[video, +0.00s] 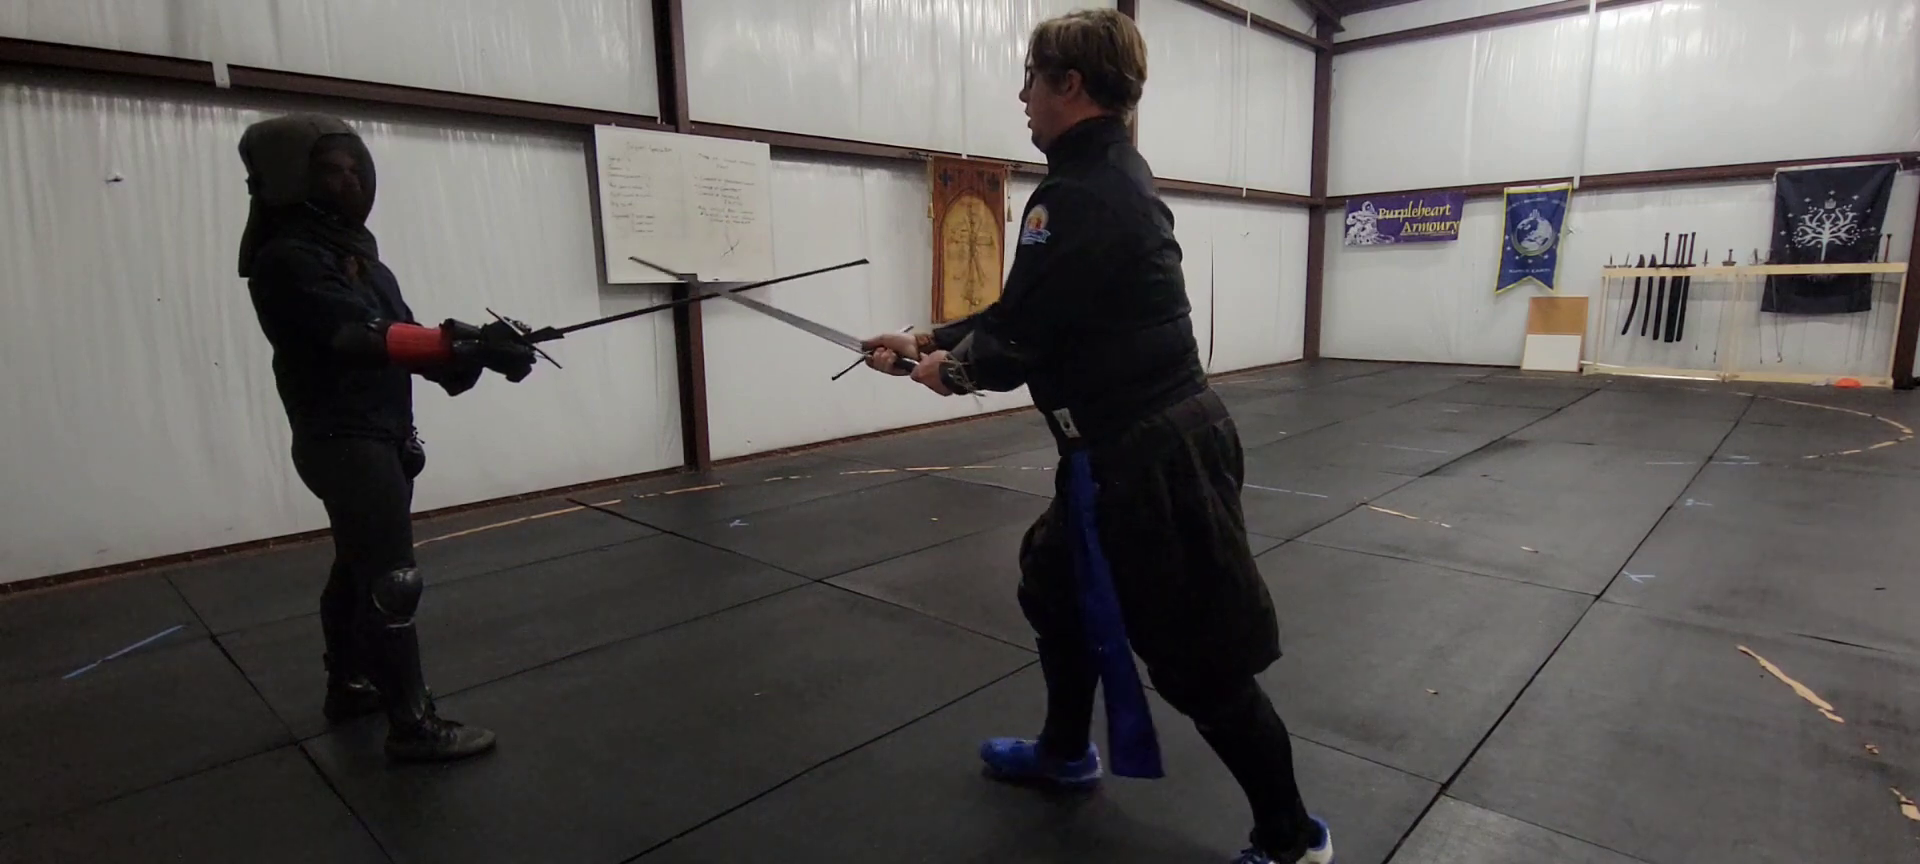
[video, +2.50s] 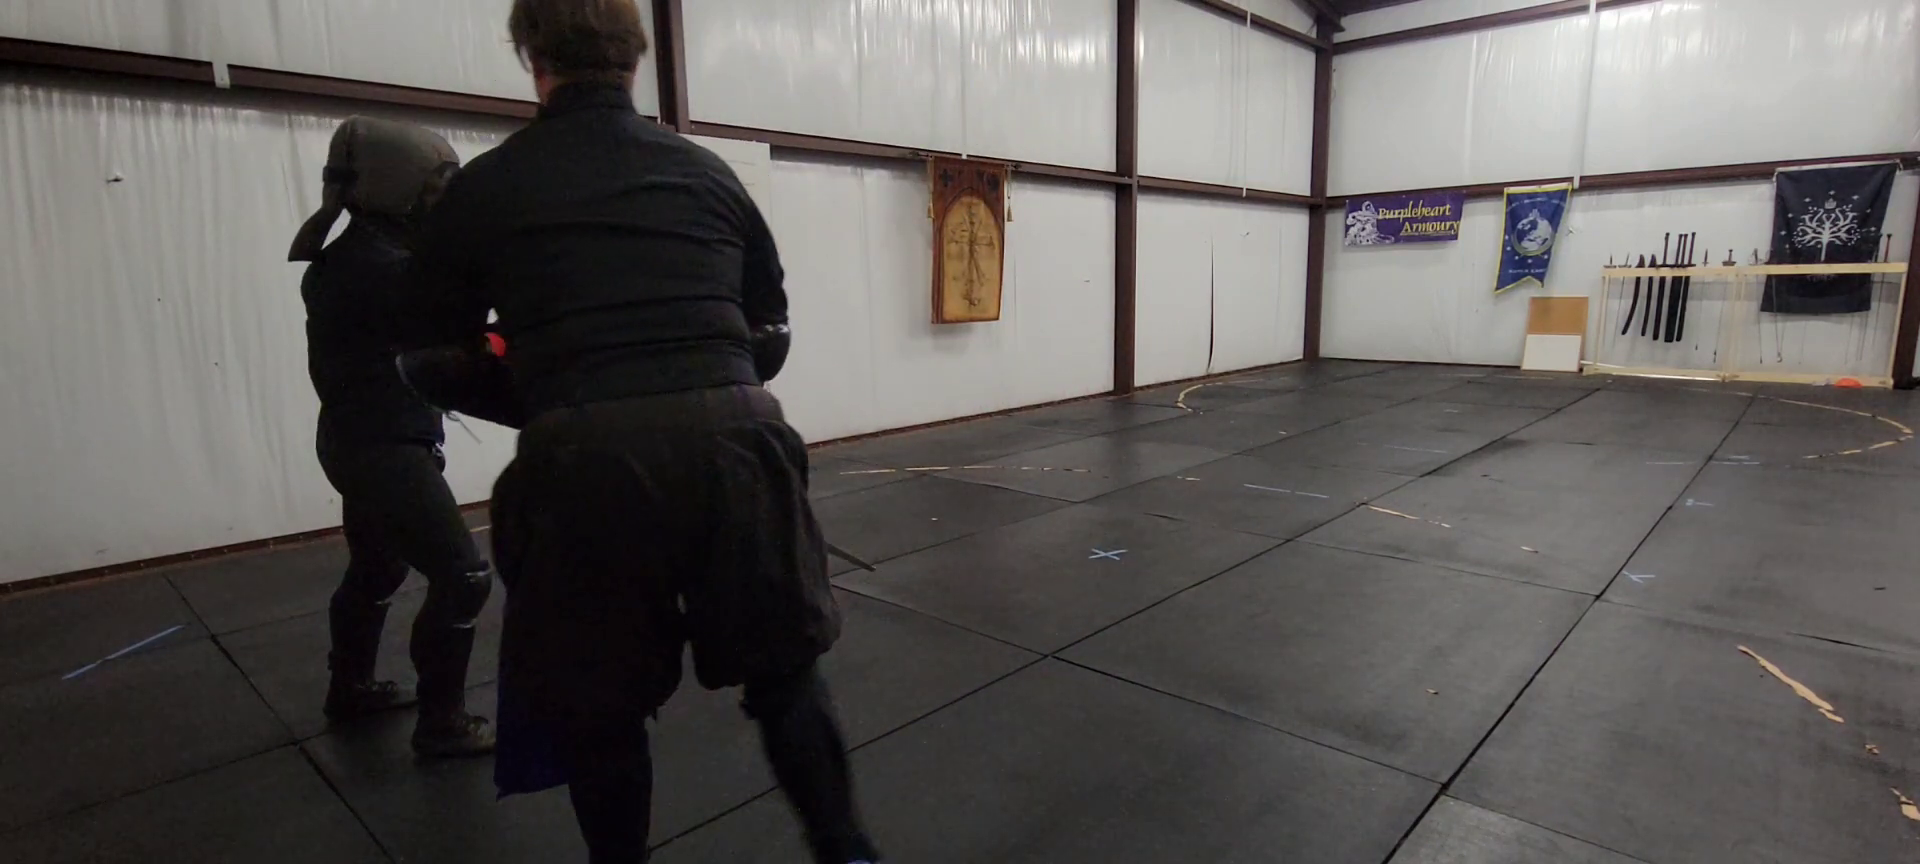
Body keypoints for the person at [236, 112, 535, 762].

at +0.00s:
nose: (355, 182)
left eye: (360, 170)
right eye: (339, 170)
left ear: (365, 180)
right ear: (304, 181)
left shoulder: (353, 248)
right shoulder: (286, 255)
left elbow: (393, 329)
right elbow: (349, 336)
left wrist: (459, 353)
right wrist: (464, 346)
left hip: (380, 436)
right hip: (341, 442)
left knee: (359, 568)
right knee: (392, 581)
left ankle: (349, 687)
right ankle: (411, 724)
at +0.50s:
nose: (355, 181)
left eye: (361, 169)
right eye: (339, 169)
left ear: (371, 179)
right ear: (308, 179)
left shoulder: (350, 245)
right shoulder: (292, 254)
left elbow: (393, 328)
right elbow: (364, 334)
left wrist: (466, 349)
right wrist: (478, 345)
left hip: (376, 439)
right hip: (343, 444)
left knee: (359, 569)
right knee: (392, 582)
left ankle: (349, 688)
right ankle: (411, 723)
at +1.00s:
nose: (356, 183)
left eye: (362, 171)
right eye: (340, 171)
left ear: (371, 179)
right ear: (306, 181)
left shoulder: (355, 246)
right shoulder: (293, 256)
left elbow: (395, 325)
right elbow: (357, 333)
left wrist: (453, 357)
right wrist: (463, 349)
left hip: (381, 436)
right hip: (344, 442)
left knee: (360, 570)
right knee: (393, 582)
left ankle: (349, 689)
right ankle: (410, 723)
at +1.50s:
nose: (375, 176)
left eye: (378, 165)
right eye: (360, 165)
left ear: (382, 174)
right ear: (324, 176)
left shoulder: (349, 249)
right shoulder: (319, 256)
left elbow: (378, 357)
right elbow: (377, 348)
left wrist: (401, 438)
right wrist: (440, 371)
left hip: (371, 440)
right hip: (354, 445)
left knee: (358, 568)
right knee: (393, 573)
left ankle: (350, 687)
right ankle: (413, 718)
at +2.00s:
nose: (392, 182)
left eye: (394, 170)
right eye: (378, 172)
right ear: (342, 179)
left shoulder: (365, 242)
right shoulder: (327, 255)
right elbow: (364, 352)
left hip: (381, 434)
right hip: (359, 441)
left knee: (363, 560)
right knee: (392, 565)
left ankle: (352, 682)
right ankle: (411, 712)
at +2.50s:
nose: (448, 202)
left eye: (448, 187)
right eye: (440, 188)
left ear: (365, 190)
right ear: (411, 192)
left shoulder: (331, 264)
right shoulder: (399, 268)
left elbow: (333, 370)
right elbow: (447, 366)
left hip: (349, 443)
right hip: (393, 449)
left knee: (373, 571)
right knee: (462, 579)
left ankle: (350, 688)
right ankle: (442, 722)